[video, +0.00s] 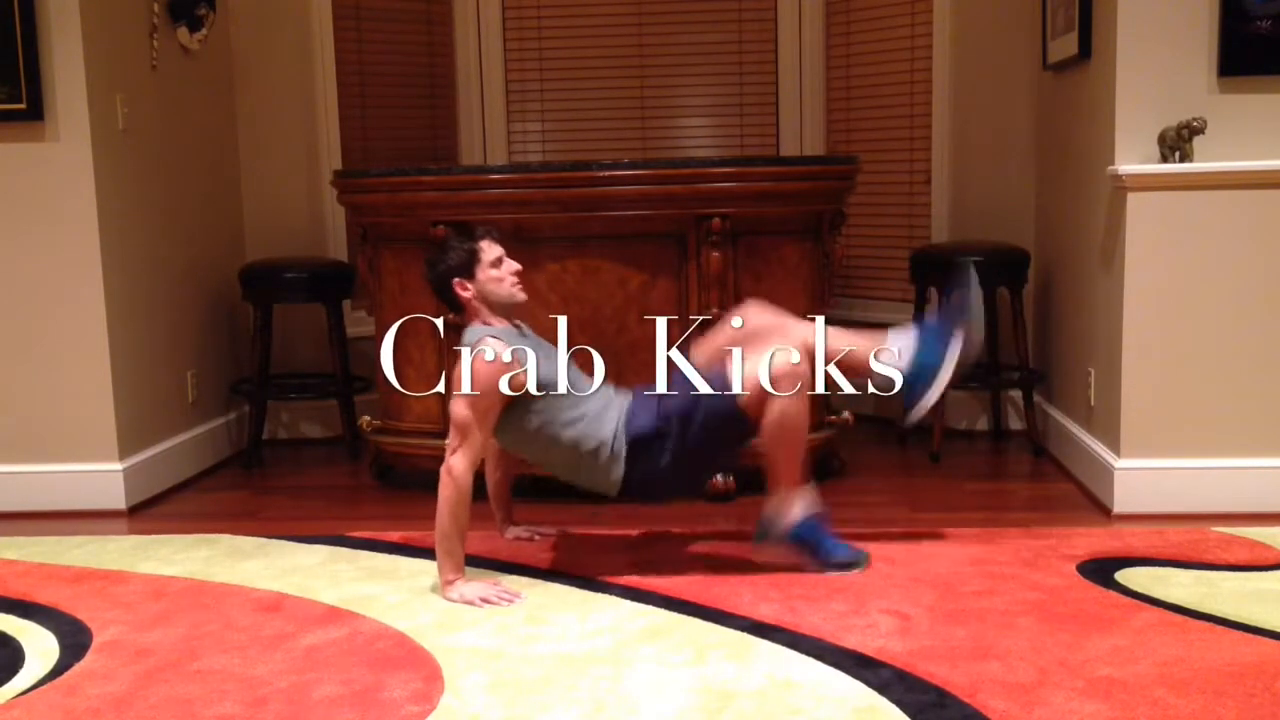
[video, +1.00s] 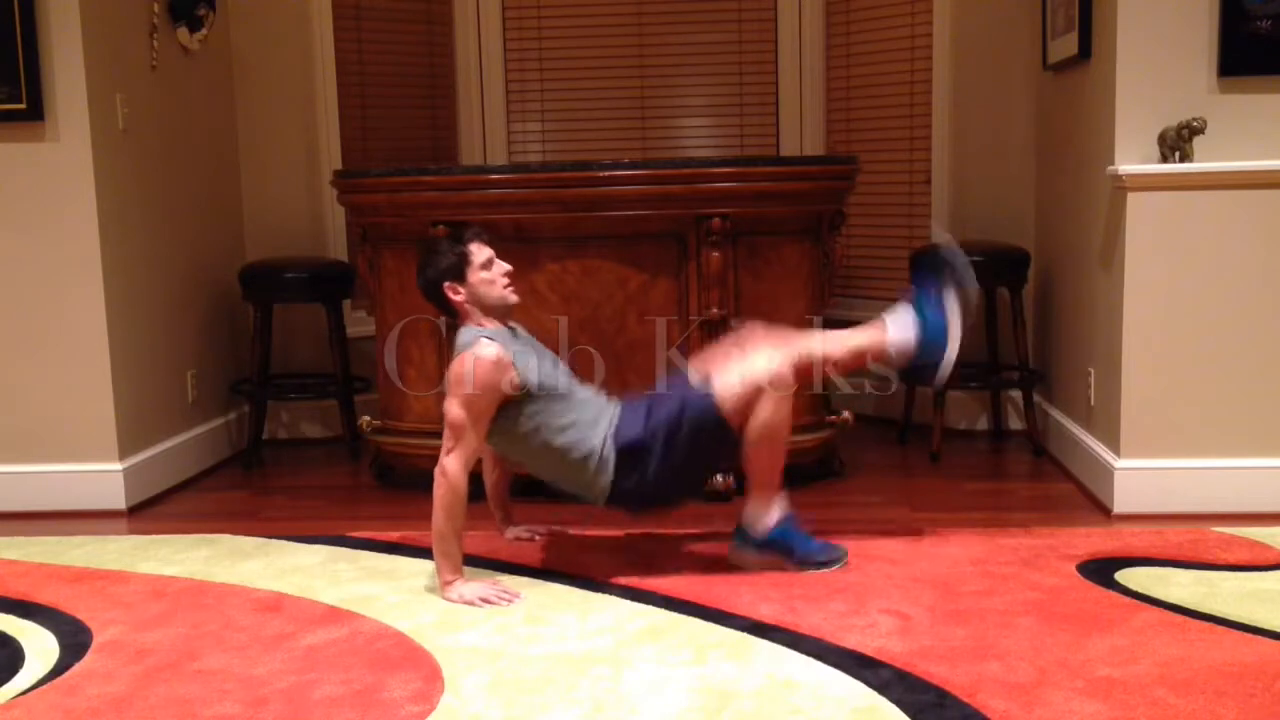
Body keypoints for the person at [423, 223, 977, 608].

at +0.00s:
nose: (514, 270)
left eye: (509, 261)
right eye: (498, 266)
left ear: (494, 279)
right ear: (466, 289)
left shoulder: (505, 337)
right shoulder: (484, 355)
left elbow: (493, 441)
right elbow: (456, 462)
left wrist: (501, 521)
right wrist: (450, 578)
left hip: (643, 416)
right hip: (636, 450)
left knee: (752, 316)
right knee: (783, 363)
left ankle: (901, 357)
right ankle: (787, 516)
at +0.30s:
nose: (514, 272)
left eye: (508, 263)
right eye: (498, 268)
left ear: (490, 283)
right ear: (466, 293)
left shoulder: (508, 338)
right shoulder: (483, 358)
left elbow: (492, 436)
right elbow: (454, 465)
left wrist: (500, 519)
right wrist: (450, 576)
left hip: (652, 415)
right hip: (643, 450)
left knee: (766, 313)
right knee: (807, 373)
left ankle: (902, 384)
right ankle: (786, 525)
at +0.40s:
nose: (506, 269)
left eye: (501, 260)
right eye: (490, 265)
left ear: (477, 283)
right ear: (458, 290)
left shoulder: (499, 335)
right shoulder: (477, 355)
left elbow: (495, 439)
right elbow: (455, 460)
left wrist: (501, 519)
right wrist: (450, 575)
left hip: (650, 396)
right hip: (654, 429)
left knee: (774, 292)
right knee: (795, 316)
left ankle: (810, 451)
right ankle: (873, 463)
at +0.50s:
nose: (510, 270)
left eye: (504, 260)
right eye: (494, 266)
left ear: (489, 282)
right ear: (464, 292)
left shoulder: (506, 340)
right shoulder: (478, 355)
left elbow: (494, 441)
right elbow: (451, 464)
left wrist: (499, 524)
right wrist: (449, 576)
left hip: (642, 419)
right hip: (635, 445)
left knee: (783, 337)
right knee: (781, 329)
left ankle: (765, 484)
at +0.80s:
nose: (506, 269)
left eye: (499, 260)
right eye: (490, 265)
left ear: (480, 285)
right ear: (458, 293)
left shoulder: (505, 341)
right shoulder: (479, 359)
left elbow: (491, 443)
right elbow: (449, 467)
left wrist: (501, 523)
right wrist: (449, 578)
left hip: (653, 432)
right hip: (644, 450)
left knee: (790, 352)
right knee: (756, 320)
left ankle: (761, 498)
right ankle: (910, 367)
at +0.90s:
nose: (498, 269)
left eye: (493, 260)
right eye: (482, 265)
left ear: (470, 283)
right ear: (451, 290)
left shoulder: (490, 336)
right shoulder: (472, 357)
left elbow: (486, 436)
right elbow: (450, 466)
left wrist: (500, 515)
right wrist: (449, 577)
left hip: (640, 411)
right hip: (640, 445)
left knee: (760, 315)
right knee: (762, 315)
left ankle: (857, 411)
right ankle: (823, 464)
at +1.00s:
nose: (505, 271)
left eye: (499, 262)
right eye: (489, 267)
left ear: (481, 283)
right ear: (456, 293)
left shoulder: (500, 338)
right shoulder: (478, 360)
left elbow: (488, 439)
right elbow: (450, 465)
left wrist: (501, 517)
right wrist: (448, 577)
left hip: (633, 428)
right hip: (626, 460)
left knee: (758, 341)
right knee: (767, 372)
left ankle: (905, 333)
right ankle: (762, 525)